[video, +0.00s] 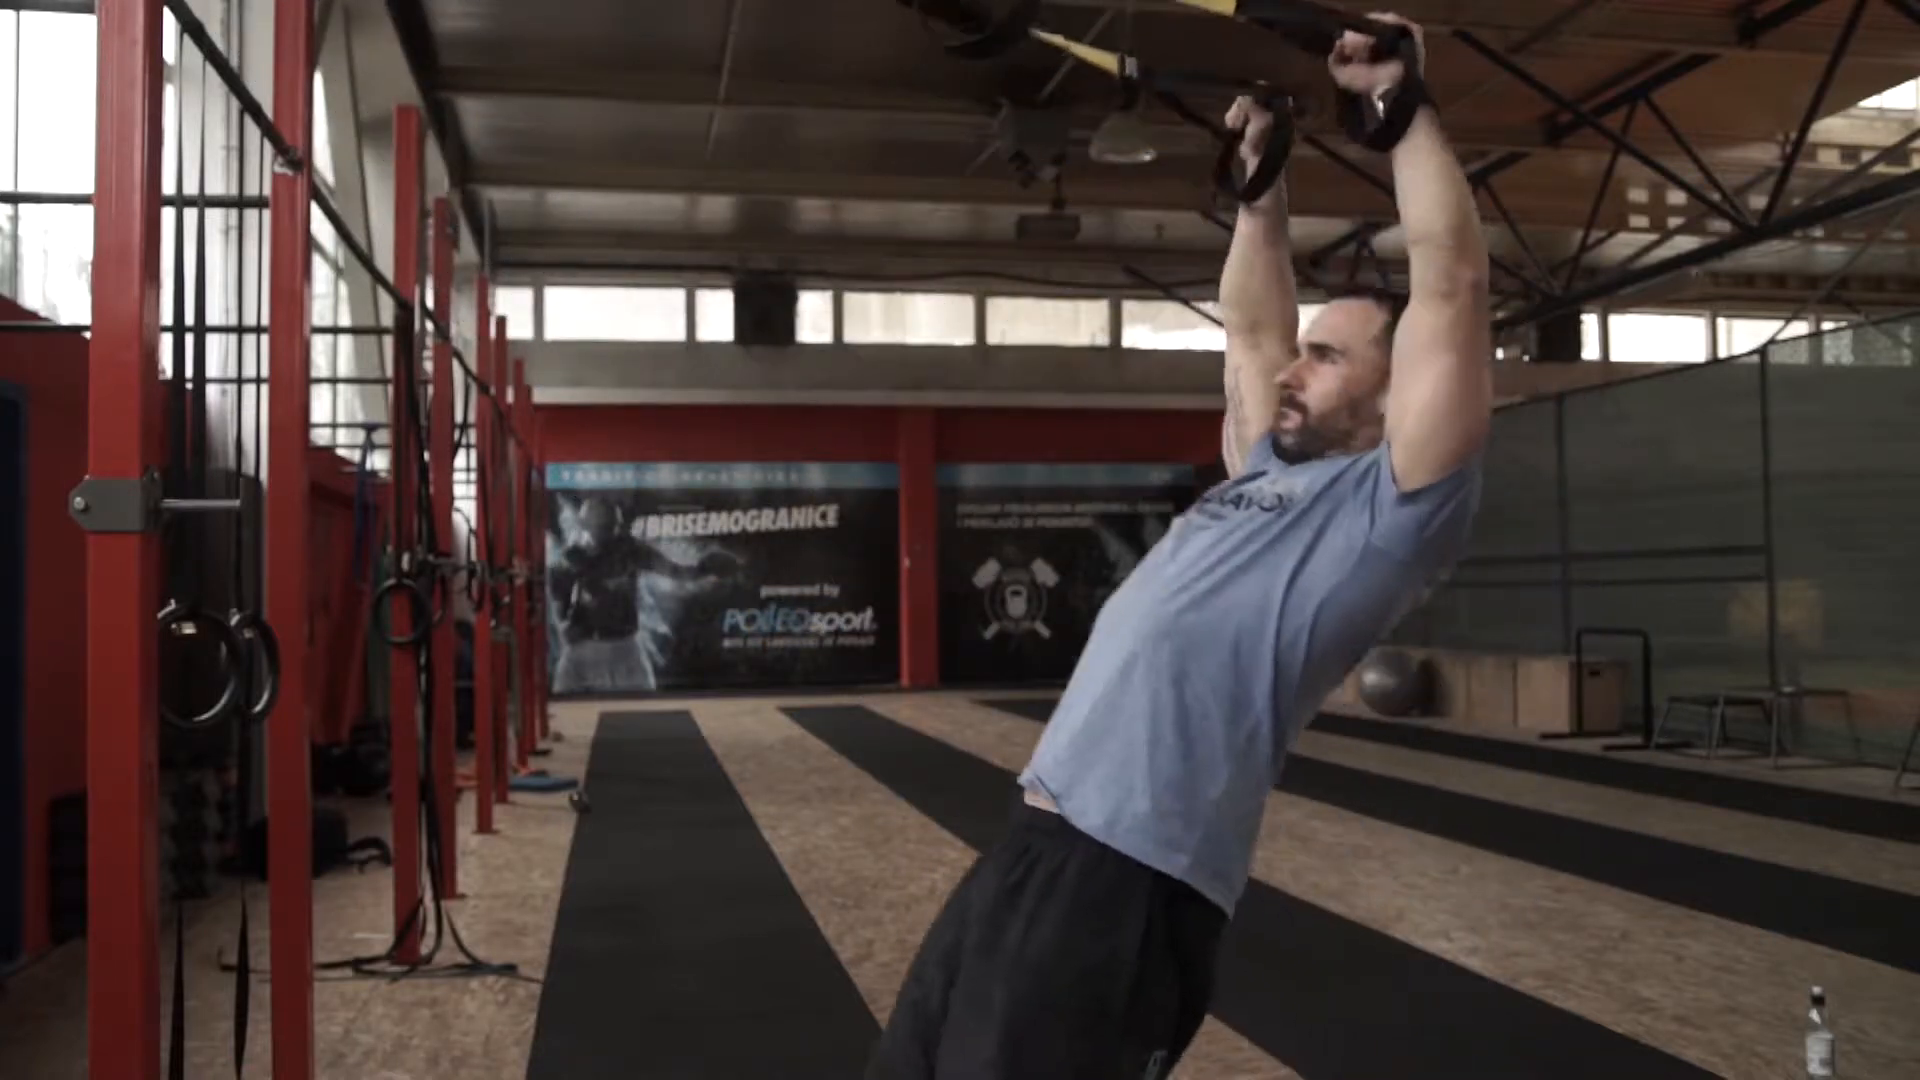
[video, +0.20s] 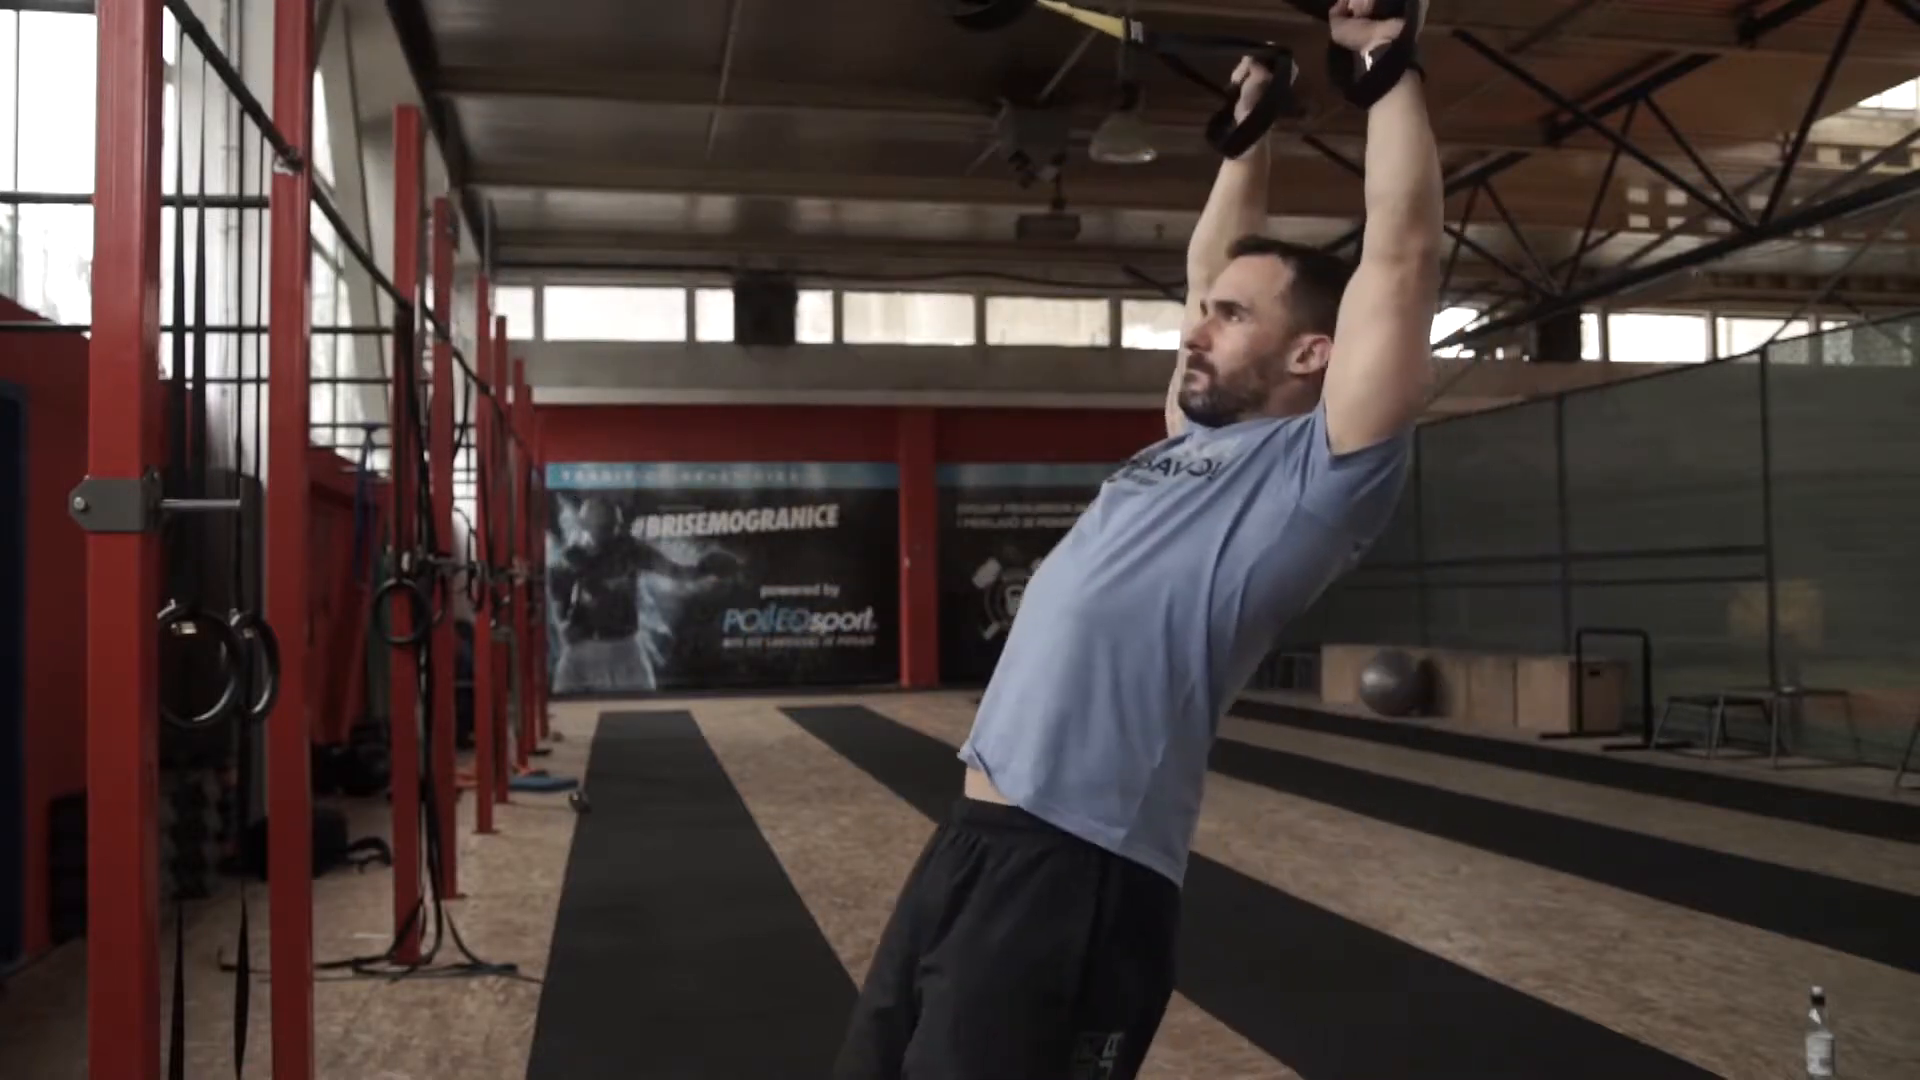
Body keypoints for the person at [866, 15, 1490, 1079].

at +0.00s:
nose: (1291, 369)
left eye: (1328, 354)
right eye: (1296, 349)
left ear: (1397, 382)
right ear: (1296, 365)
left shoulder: (1394, 504)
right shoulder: (1259, 478)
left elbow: (1452, 279)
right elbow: (1252, 341)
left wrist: (1402, 113)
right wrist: (1259, 191)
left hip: (1123, 897)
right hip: (1025, 852)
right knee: (906, 1059)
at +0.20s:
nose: (1195, 333)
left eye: (1230, 314)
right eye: (1200, 309)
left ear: (1309, 356)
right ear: (1195, 332)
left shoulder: (1319, 470)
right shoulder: (1182, 449)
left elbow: (1404, 248)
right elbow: (1211, 277)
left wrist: (1389, 66)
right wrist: (1249, 132)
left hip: (1075, 890)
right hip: (965, 850)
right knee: (870, 1056)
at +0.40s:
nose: (1168, 325)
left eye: (1204, 305)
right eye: (1173, 299)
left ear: (1285, 347)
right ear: (1167, 321)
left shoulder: (1301, 466)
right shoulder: (1160, 439)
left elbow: (1394, 253)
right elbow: (1188, 267)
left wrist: (1381, 61)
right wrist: (1234, 129)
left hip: (1052, 887)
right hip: (937, 848)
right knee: (845, 1062)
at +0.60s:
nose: (1206, 334)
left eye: (1240, 317)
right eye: (1210, 314)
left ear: (1313, 360)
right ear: (1200, 339)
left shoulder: (1322, 476)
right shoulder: (1180, 451)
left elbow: (1400, 255)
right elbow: (1196, 302)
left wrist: (1374, 75)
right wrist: (1234, 154)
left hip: (1070, 887)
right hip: (957, 848)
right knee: (858, 1059)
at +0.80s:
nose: (1275, 353)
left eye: (1311, 338)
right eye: (1281, 335)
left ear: (1376, 386)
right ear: (1276, 360)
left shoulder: (1377, 503)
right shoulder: (1235, 470)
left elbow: (1439, 288)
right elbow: (1217, 335)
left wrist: (1377, 118)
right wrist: (1239, 183)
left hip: (1122, 897)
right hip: (1013, 856)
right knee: (901, 1062)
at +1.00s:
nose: (1363, 406)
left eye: (1398, 394)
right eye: (1368, 388)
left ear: (1452, 428)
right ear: (1366, 406)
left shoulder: (1450, 553)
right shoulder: (1304, 520)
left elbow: (1489, 342)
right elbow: (1245, 392)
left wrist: (1366, 204)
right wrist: (1242, 253)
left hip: (1189, 924)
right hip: (1086, 874)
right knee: (953, 1065)